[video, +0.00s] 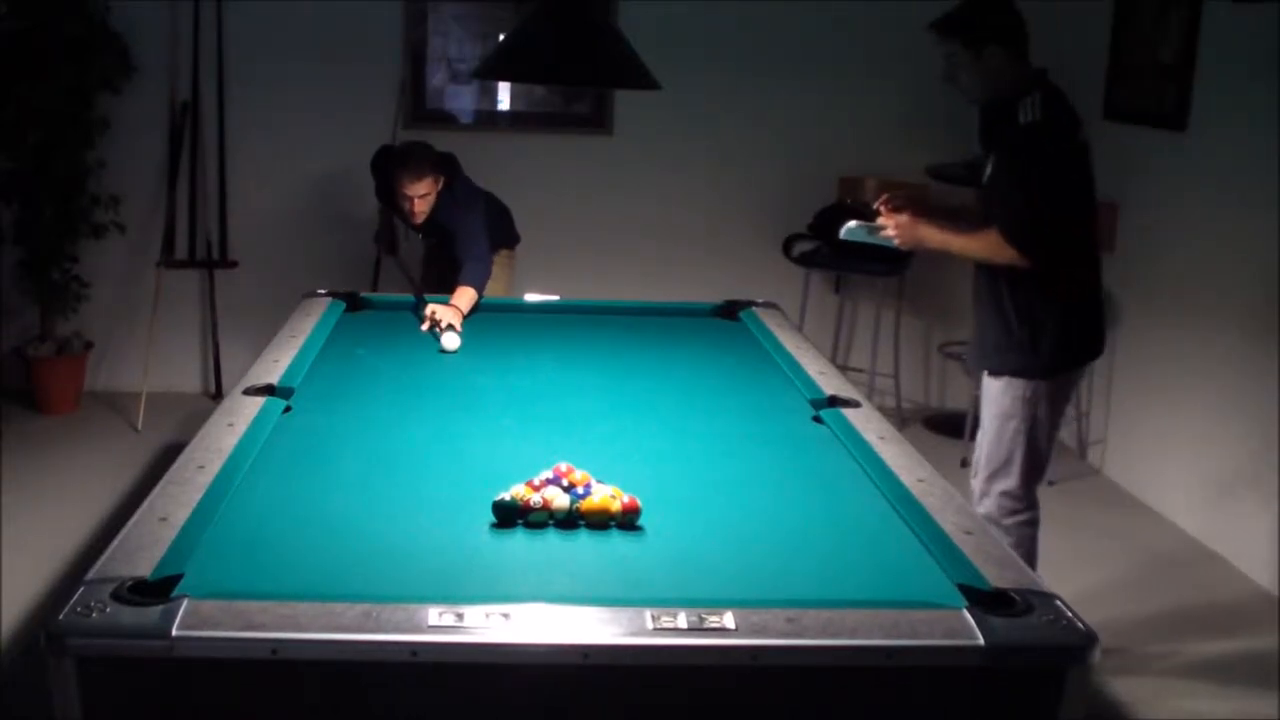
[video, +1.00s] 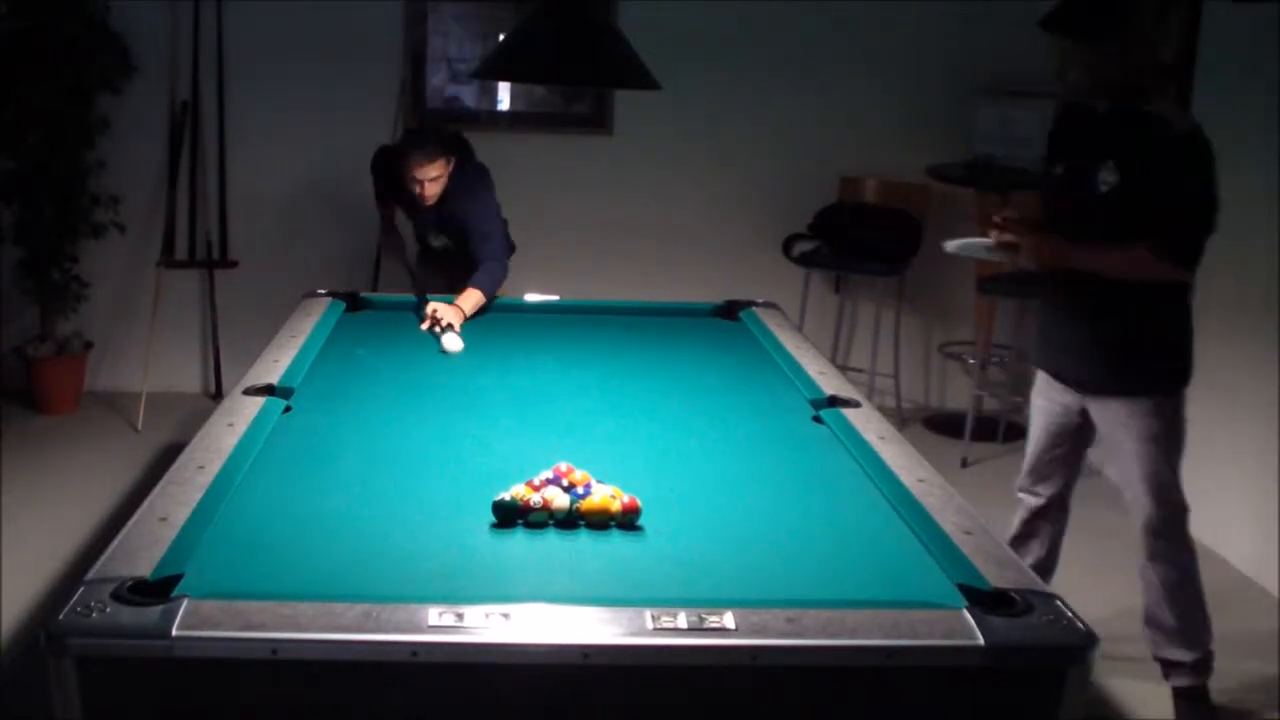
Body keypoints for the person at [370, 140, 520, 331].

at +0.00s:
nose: (415, 207)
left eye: (424, 197)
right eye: (407, 199)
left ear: (439, 184)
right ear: (393, 189)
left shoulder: (462, 198)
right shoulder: (389, 170)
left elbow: (478, 260)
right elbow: (382, 155)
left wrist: (456, 308)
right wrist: (386, 222)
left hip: (492, 247)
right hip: (441, 244)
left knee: (485, 325)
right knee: (427, 318)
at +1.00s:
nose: (425, 191)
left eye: (435, 180)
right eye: (417, 181)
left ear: (450, 166)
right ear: (404, 171)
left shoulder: (472, 183)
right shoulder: (391, 166)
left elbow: (495, 260)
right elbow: (380, 162)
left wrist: (460, 309)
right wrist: (388, 228)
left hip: (474, 261)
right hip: (432, 257)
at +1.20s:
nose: (445, 162)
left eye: (456, 151)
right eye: (437, 150)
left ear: (472, 143)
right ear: (424, 142)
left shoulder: (490, 172)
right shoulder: (408, 153)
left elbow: (503, 257)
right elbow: (394, 172)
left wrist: (466, 307)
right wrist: (408, 227)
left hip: (481, 259)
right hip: (435, 253)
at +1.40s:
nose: (449, 133)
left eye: (461, 124)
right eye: (443, 122)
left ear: (478, 124)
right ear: (431, 118)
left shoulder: (492, 159)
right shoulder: (418, 141)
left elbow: (497, 244)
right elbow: (404, 172)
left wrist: (465, 304)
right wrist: (410, 219)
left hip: (489, 256)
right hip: (444, 251)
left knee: (490, 337)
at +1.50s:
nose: (444, 112)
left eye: (455, 103)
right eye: (438, 102)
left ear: (475, 105)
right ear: (429, 102)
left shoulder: (488, 147)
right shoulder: (423, 134)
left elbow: (489, 233)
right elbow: (415, 178)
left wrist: (457, 295)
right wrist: (411, 225)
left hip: (494, 252)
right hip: (450, 245)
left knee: (486, 339)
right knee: (444, 333)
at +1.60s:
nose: (435, 93)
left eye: (445, 84)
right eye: (431, 83)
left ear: (465, 86)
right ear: (423, 85)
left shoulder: (482, 132)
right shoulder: (428, 123)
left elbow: (490, 223)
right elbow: (426, 175)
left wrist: (440, 269)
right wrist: (413, 224)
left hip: (493, 256)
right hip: (449, 247)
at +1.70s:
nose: (418, 80)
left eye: (427, 70)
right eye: (418, 69)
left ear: (448, 70)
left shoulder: (475, 115)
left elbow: (485, 214)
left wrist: (420, 235)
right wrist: (420, 233)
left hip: (486, 245)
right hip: (456, 240)